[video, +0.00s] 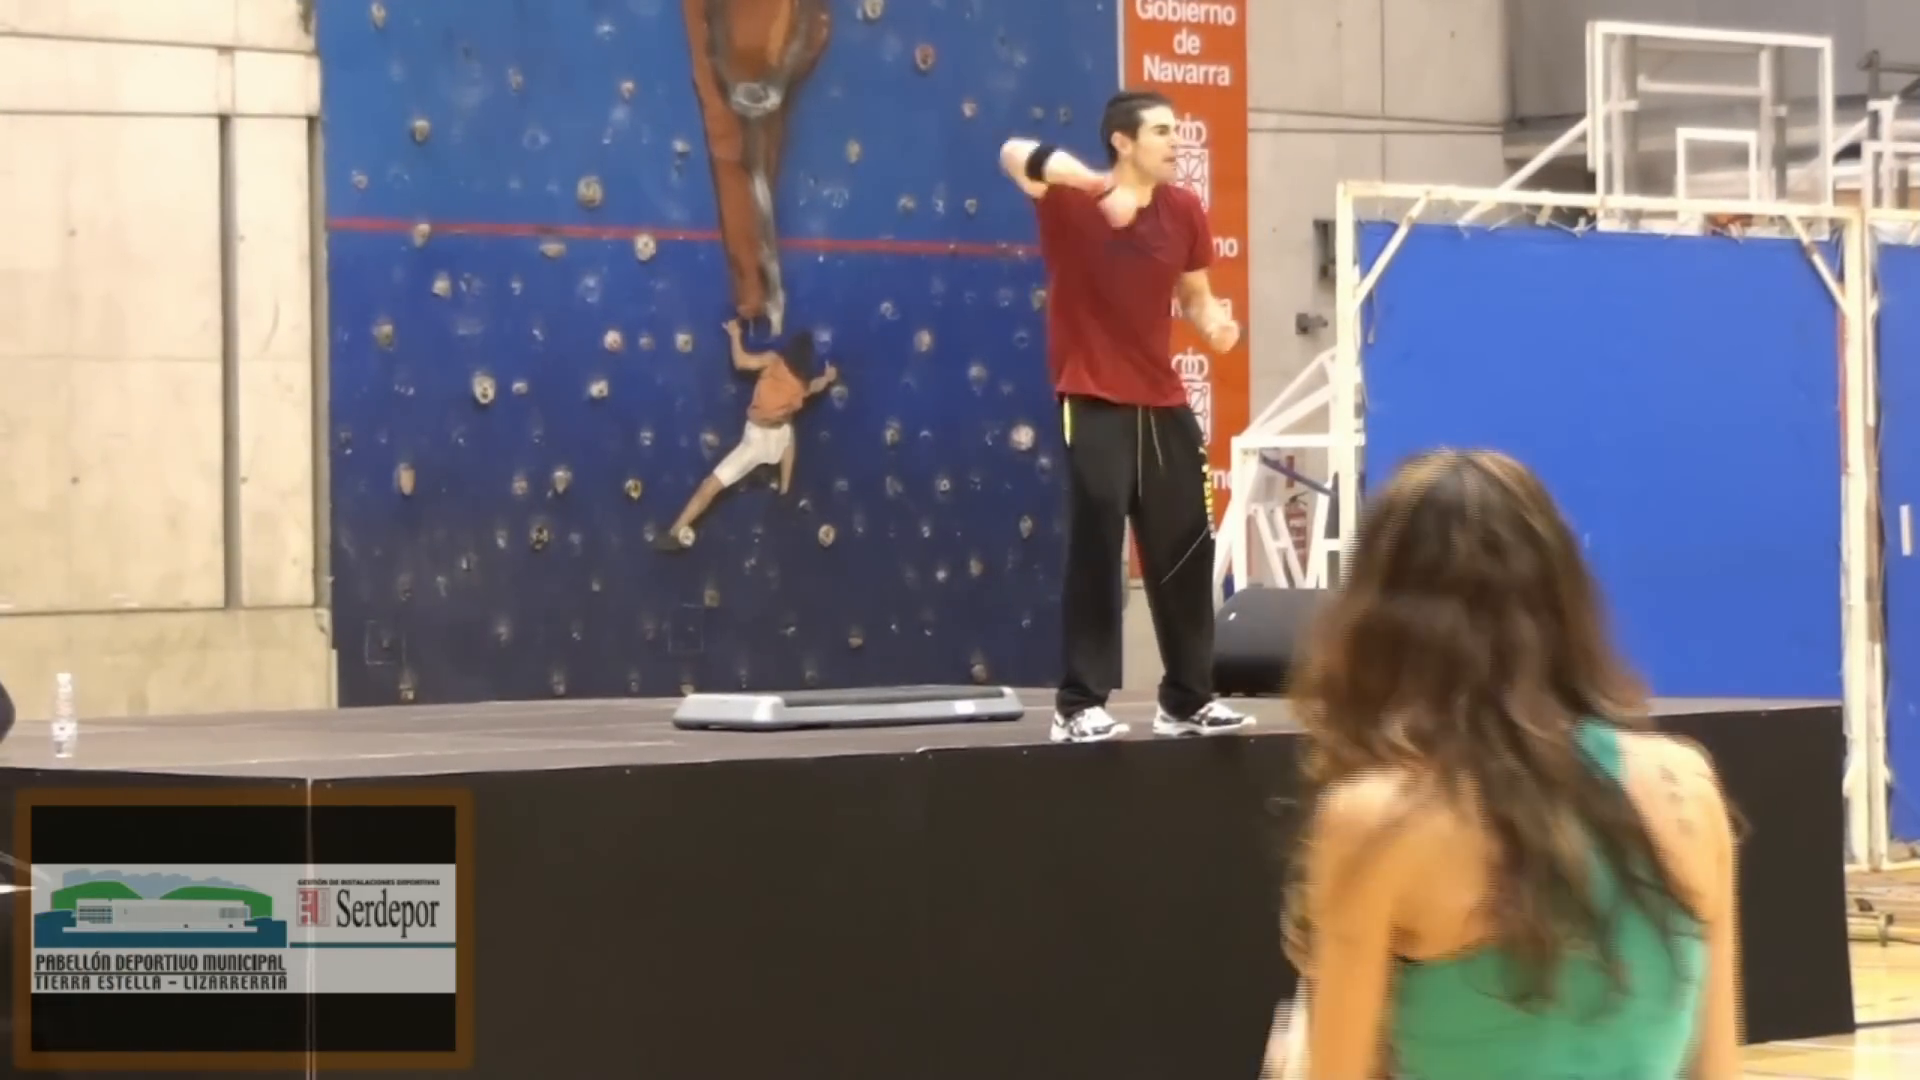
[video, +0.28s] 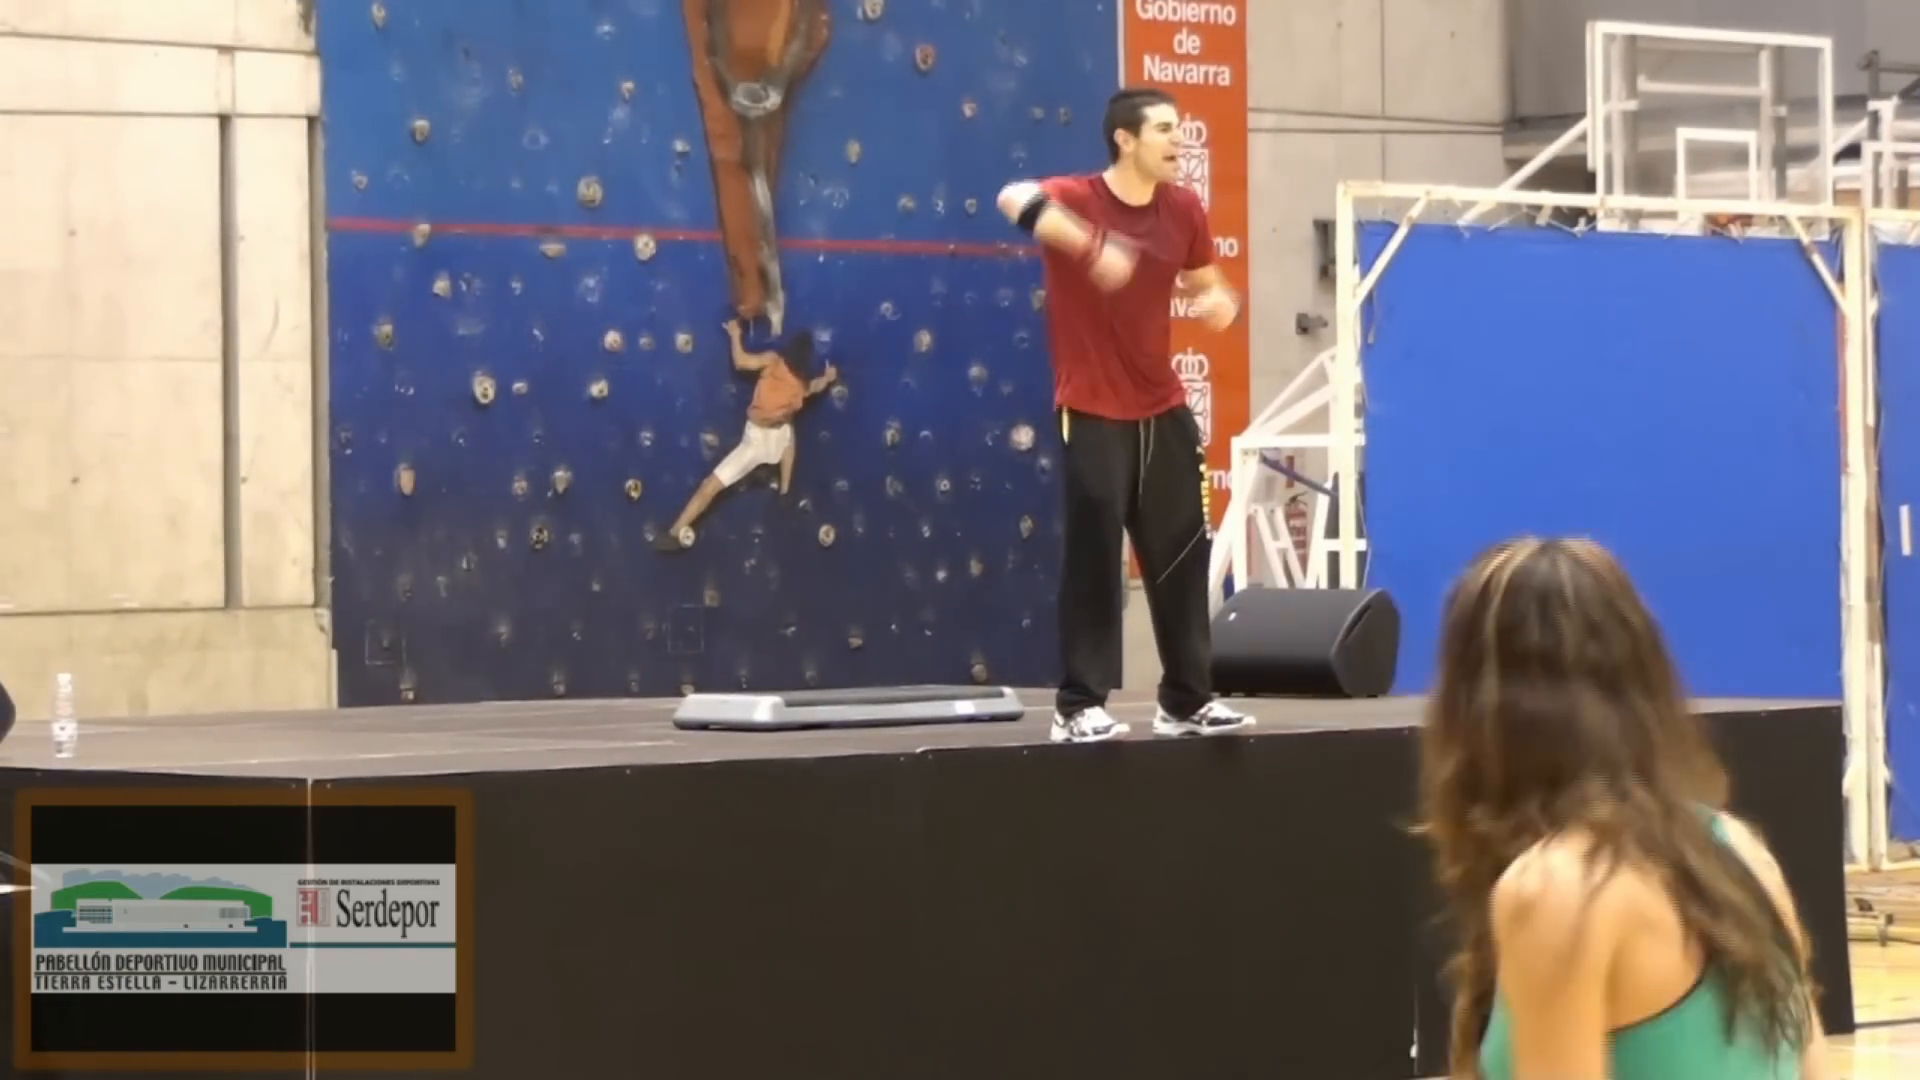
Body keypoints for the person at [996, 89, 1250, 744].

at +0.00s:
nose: (1175, 143)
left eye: (1174, 132)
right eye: (1161, 132)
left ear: (1167, 143)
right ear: (1121, 141)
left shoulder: (1182, 209)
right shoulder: (1071, 197)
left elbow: (1197, 297)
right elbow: (1013, 154)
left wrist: (1217, 328)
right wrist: (1069, 172)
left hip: (1163, 401)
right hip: (1094, 399)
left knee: (1184, 549)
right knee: (1097, 547)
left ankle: (1188, 698)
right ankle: (1080, 703)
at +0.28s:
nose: (1177, 141)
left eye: (1177, 130)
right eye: (1164, 130)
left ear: (1169, 142)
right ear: (1124, 139)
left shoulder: (1183, 208)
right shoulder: (1077, 197)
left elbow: (1206, 286)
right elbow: (1016, 199)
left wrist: (1217, 301)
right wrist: (1093, 247)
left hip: (1163, 407)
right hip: (1094, 408)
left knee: (1180, 555)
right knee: (1093, 558)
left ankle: (1187, 699)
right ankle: (1080, 704)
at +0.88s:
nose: (1161, 142)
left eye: (1166, 131)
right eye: (1146, 130)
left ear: (1171, 141)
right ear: (1111, 140)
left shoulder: (1193, 201)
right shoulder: (1069, 215)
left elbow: (1287, 168)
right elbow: (1020, 300)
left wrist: (1336, 118)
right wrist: (1028, 382)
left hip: (1176, 407)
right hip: (1095, 411)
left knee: (1201, 551)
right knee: (1093, 552)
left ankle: (1195, 679)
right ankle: (1079, 704)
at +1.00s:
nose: (1185, 159)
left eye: (1191, 148)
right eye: (1170, 147)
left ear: (1198, 161)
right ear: (1134, 161)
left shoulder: (1209, 221)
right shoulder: (1088, 234)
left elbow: (1288, 161)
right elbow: (1036, 315)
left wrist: (1356, 100)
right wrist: (1008, 390)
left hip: (1190, 423)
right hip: (1111, 424)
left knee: (1196, 561)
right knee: (1107, 539)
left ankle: (1234, 707)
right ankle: (1081, 707)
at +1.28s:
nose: (1210, 146)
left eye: (1217, 135)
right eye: (1195, 136)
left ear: (1226, 145)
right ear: (1167, 151)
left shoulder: (1253, 218)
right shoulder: (1130, 220)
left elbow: (1325, 284)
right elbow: (1100, 313)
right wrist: (1111, 396)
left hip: (1230, 417)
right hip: (1151, 422)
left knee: (1236, 550)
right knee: (1147, 560)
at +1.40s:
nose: (1200, 160)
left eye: (1207, 147)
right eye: (1185, 152)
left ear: (1224, 155)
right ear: (1168, 170)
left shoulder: (1269, 236)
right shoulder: (1143, 240)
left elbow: (1299, 330)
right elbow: (1128, 336)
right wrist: (1150, 415)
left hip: (1247, 442)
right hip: (1169, 445)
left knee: (1249, 577)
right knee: (1170, 585)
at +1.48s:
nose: (1204, 165)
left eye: (1212, 153)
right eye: (1190, 158)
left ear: (1228, 161)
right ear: (1172, 175)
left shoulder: (1275, 238)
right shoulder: (1149, 244)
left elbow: (1297, 333)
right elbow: (1142, 341)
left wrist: (1264, 407)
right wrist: (1167, 422)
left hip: (1250, 436)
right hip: (1180, 441)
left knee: (1254, 574)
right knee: (1194, 580)